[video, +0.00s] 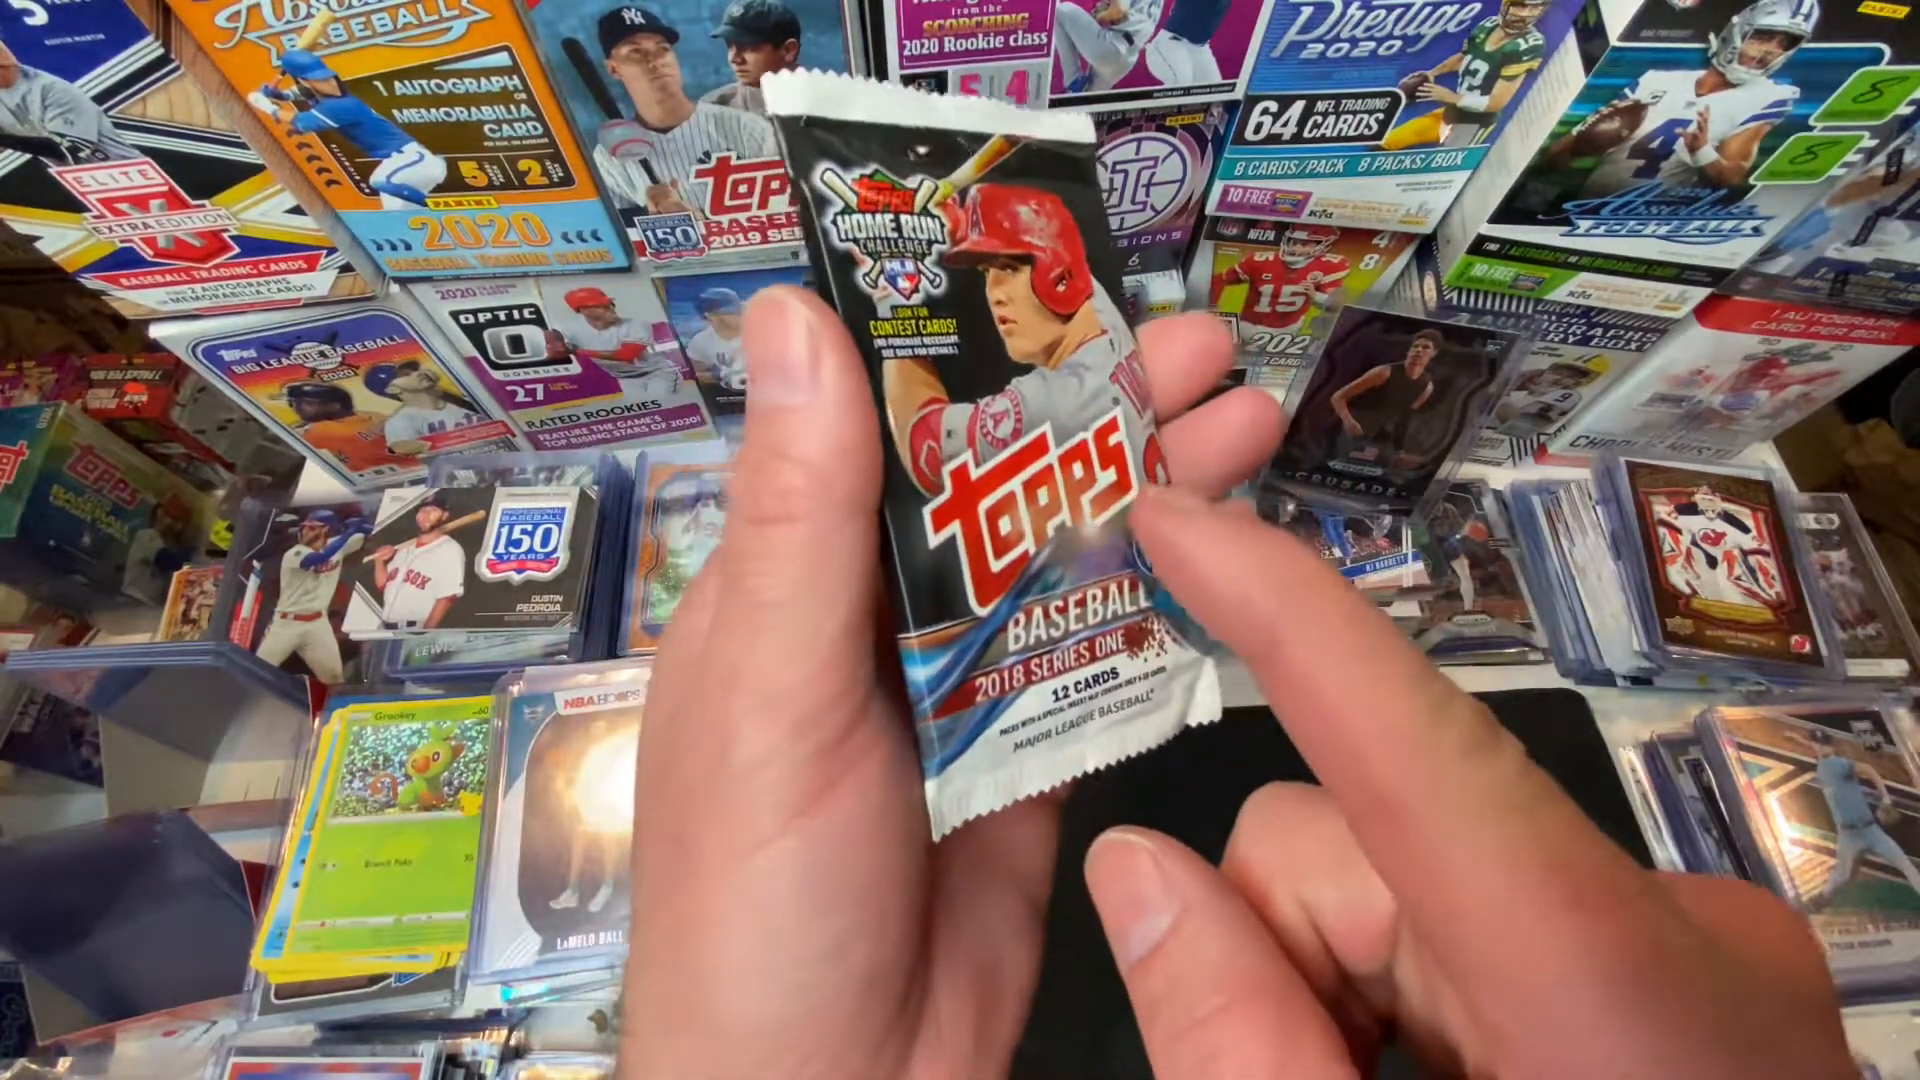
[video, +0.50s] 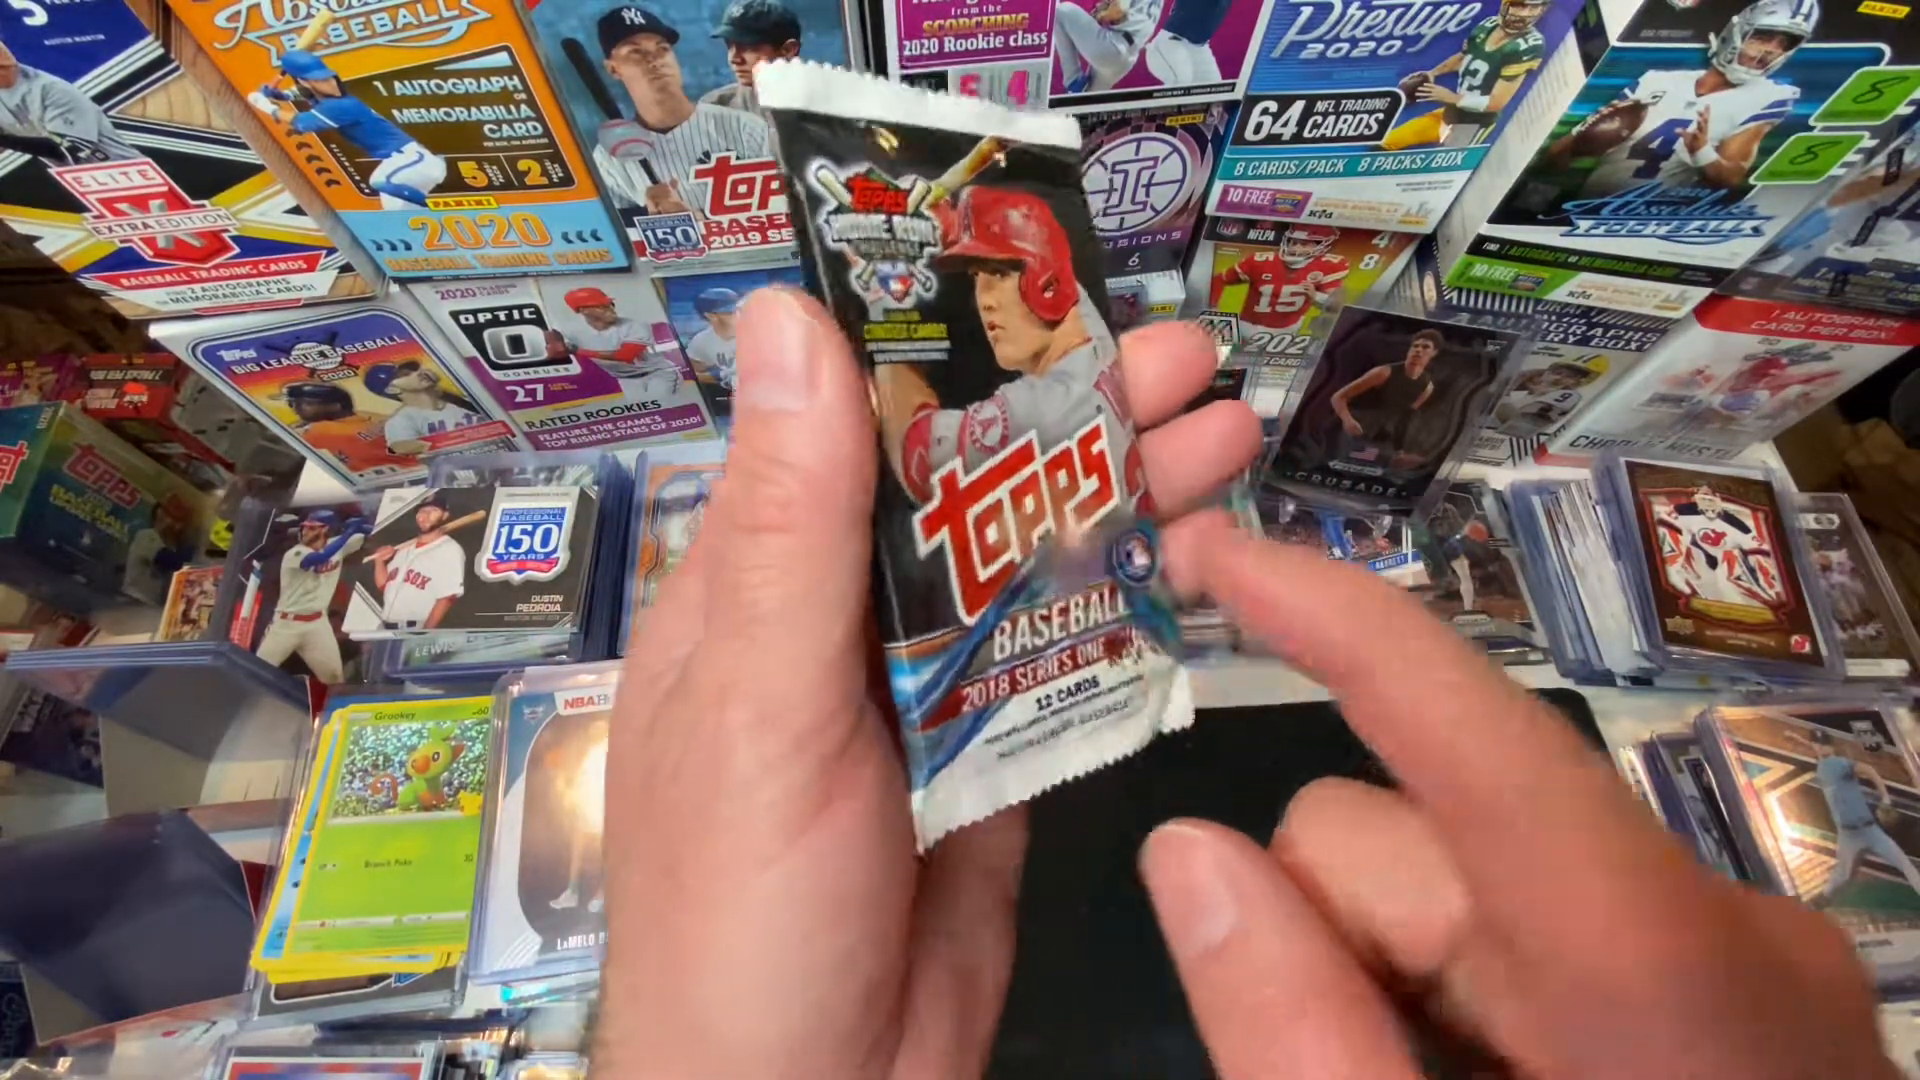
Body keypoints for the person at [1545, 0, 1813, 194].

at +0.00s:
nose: (1770, 51)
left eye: (1783, 45)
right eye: (1763, 37)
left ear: (1789, 56)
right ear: (1737, 33)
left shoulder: (1761, 102)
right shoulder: (1659, 83)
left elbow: (1735, 176)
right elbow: (1558, 155)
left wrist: (1703, 154)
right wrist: (1584, 138)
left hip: (1662, 222)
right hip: (1595, 203)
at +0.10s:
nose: (1770, 51)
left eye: (1783, 45)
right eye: (1763, 37)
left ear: (1789, 56)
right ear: (1737, 33)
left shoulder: (1761, 101)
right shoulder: (1658, 83)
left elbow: (1735, 175)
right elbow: (1558, 155)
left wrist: (1703, 154)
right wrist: (1585, 138)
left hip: (1662, 222)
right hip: (1595, 204)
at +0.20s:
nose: (1769, 51)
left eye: (1782, 45)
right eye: (1763, 37)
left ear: (1788, 56)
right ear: (1737, 33)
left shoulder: (1762, 100)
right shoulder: (1657, 83)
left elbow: (1734, 177)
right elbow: (1554, 156)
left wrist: (1702, 154)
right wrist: (1582, 139)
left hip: (1658, 226)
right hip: (1591, 207)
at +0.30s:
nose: (1770, 51)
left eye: (1783, 45)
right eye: (1764, 37)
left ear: (1789, 56)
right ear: (1738, 33)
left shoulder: (1762, 100)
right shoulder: (1658, 82)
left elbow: (1734, 177)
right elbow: (1555, 156)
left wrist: (1702, 154)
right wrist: (1582, 138)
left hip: (1659, 226)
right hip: (1592, 206)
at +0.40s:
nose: (1770, 51)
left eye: (1783, 45)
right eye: (1763, 37)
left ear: (1789, 56)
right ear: (1737, 34)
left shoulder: (1762, 101)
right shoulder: (1658, 83)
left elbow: (1735, 177)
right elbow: (1553, 158)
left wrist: (1703, 154)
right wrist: (1581, 138)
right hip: (1591, 206)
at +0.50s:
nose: (1770, 51)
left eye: (1783, 45)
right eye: (1763, 37)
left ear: (1788, 56)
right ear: (1737, 33)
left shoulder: (1763, 100)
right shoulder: (1657, 83)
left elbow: (1735, 178)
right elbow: (1554, 156)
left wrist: (1702, 154)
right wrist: (1582, 138)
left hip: (1660, 226)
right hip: (1592, 207)